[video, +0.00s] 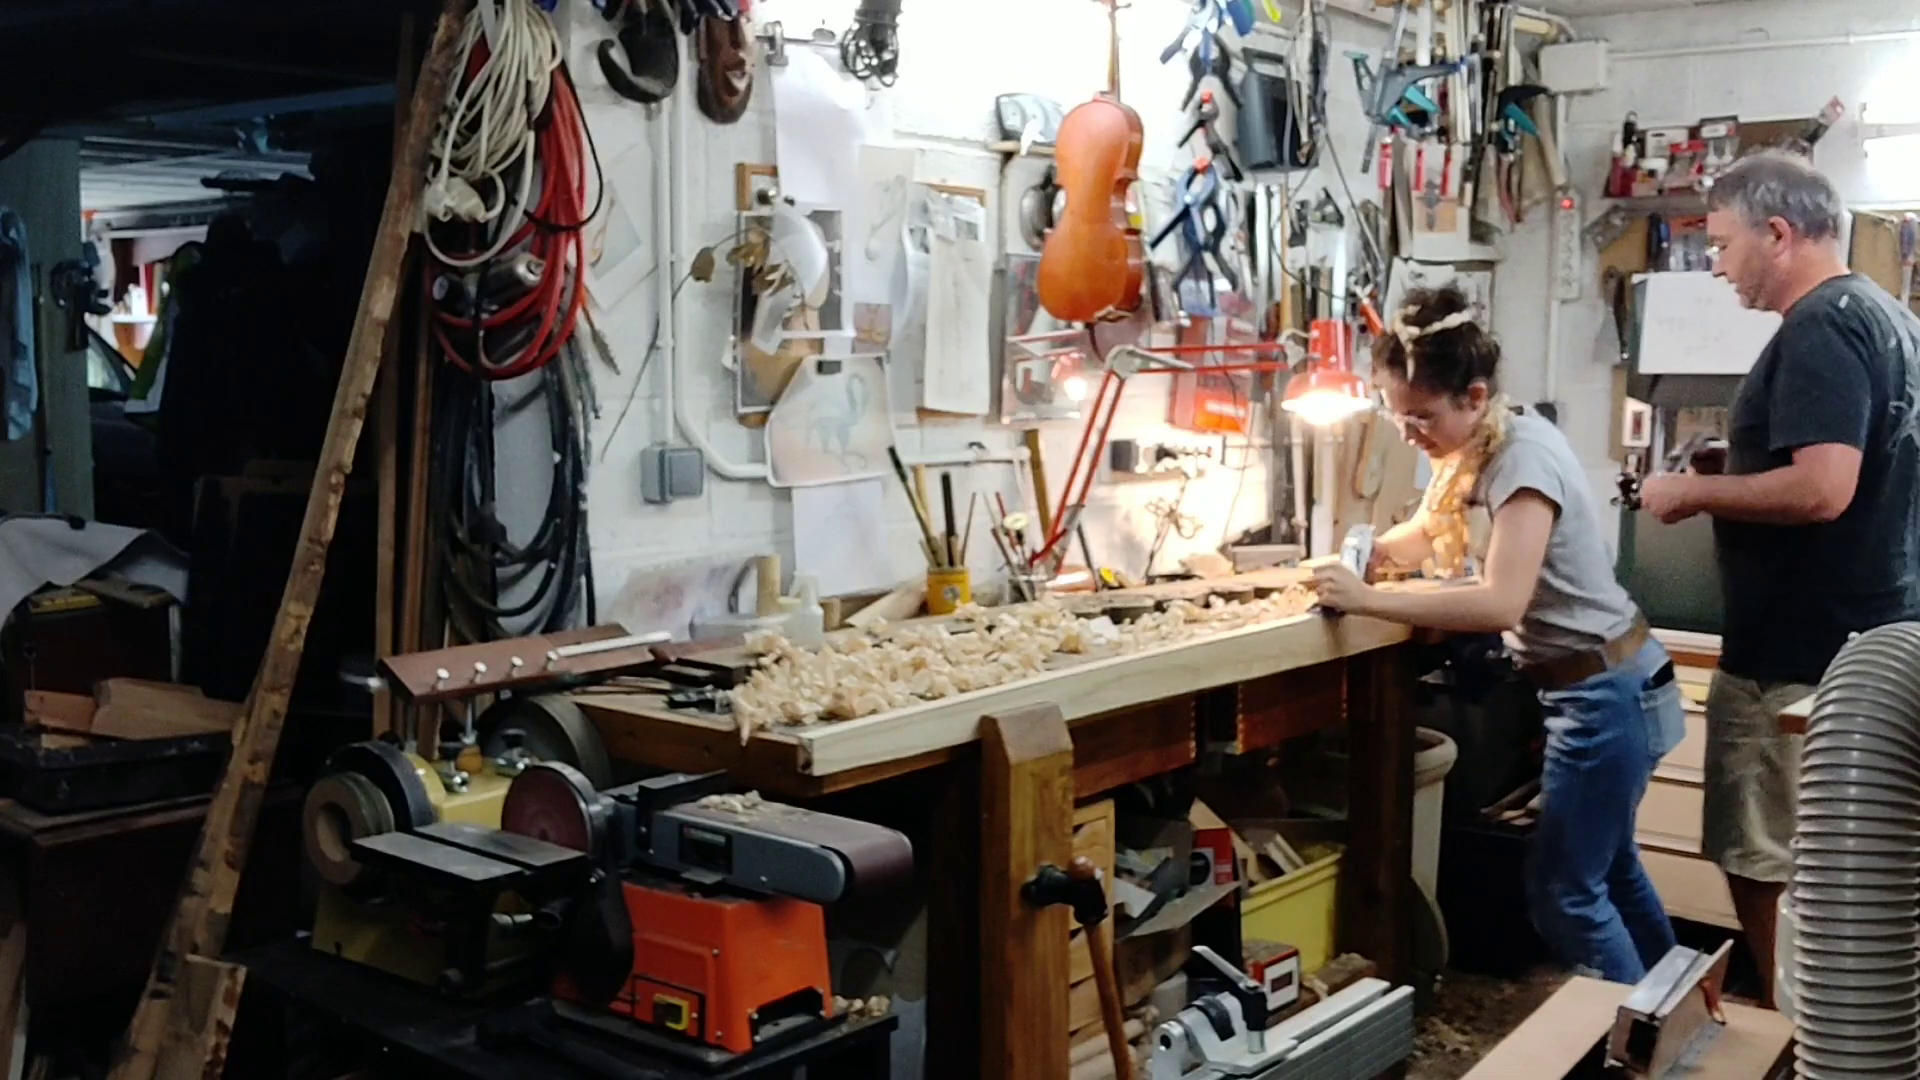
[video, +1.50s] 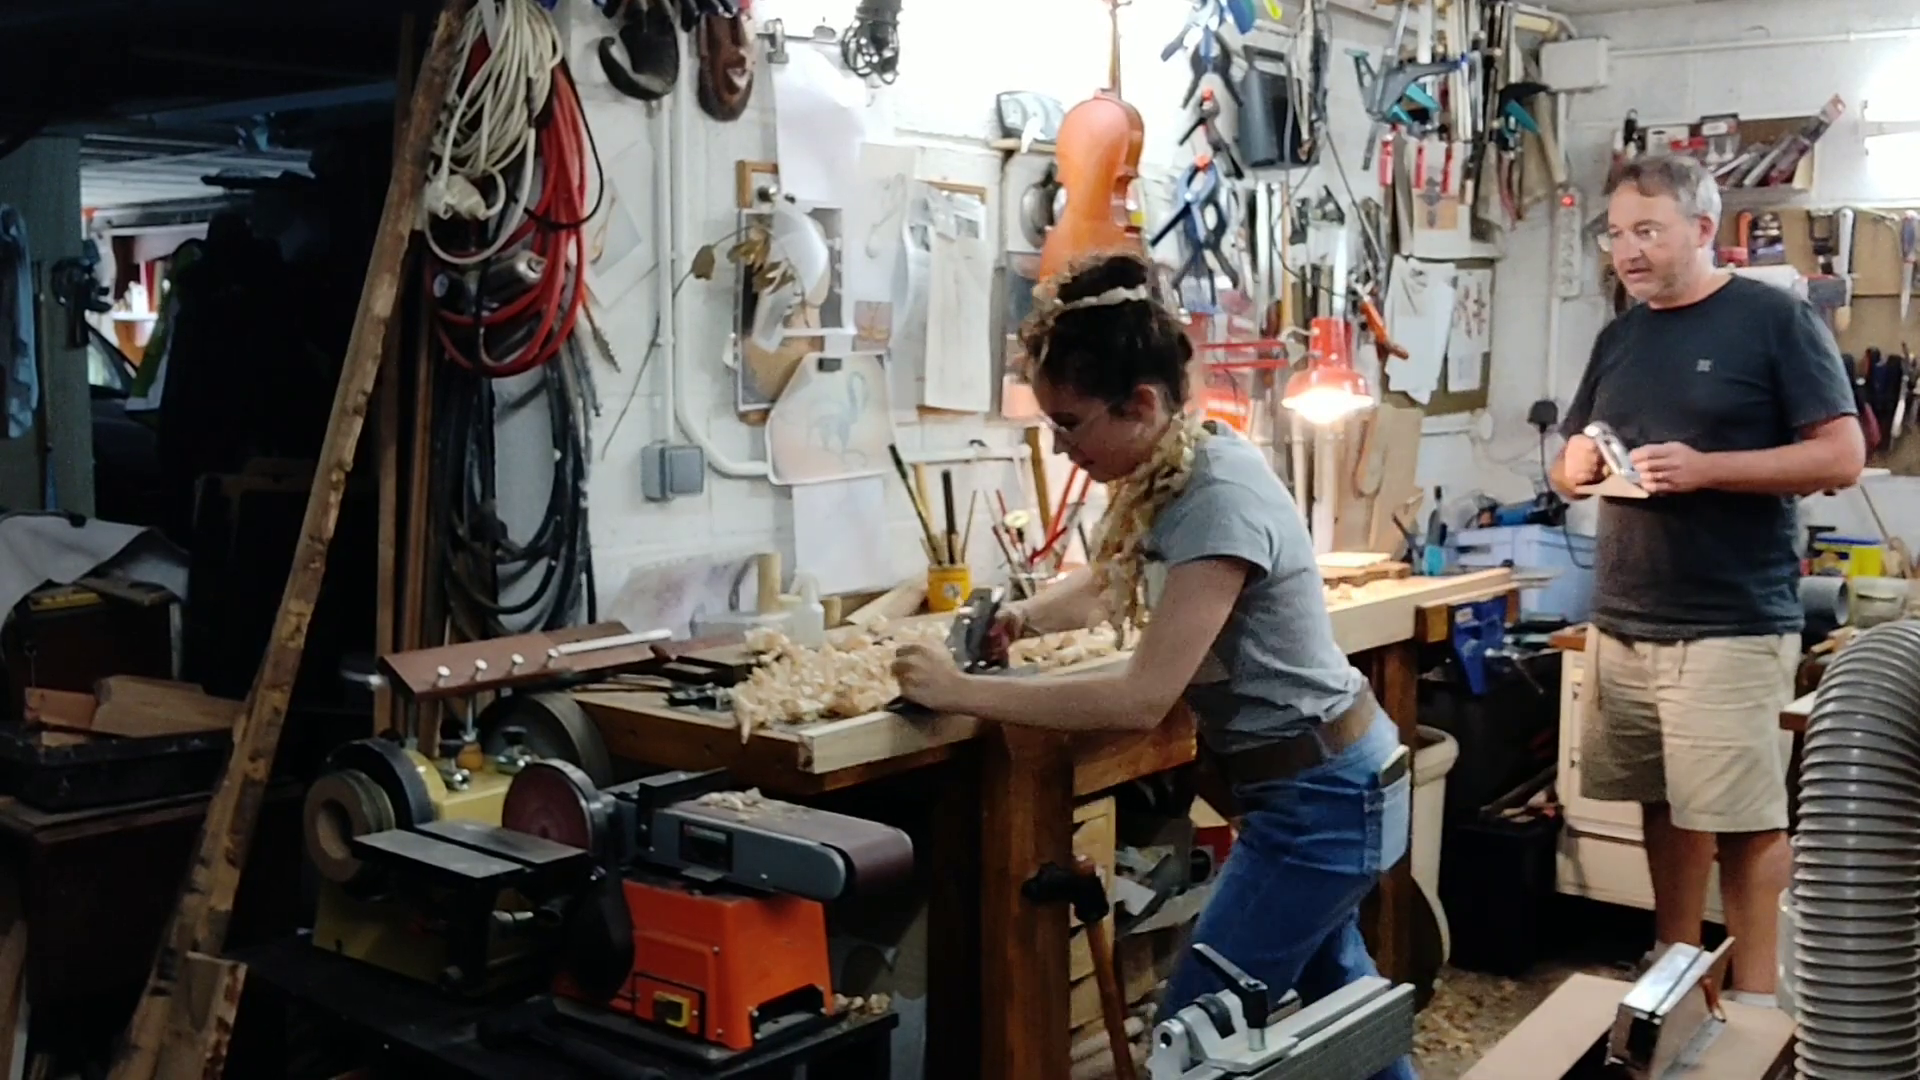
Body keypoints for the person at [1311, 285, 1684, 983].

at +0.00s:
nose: (1406, 431)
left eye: (1421, 415)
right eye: (1397, 414)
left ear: (1476, 395)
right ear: (1387, 392)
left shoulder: (1526, 456)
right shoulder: (1470, 450)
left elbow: (1500, 602)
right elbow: (1430, 538)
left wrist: (1370, 598)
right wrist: (1367, 557)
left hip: (1605, 692)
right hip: (1584, 685)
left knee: (1564, 891)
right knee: (1614, 868)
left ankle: (1642, 1026)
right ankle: (1676, 1002)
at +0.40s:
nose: (1379, 437)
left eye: (1393, 421)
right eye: (1370, 417)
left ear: (1452, 404)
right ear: (1364, 395)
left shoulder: (1502, 472)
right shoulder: (1440, 465)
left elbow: (1447, 620)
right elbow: (1383, 543)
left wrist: (1307, 611)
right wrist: (1317, 559)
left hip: (1569, 725)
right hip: (1511, 719)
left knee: (1550, 919)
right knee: (1503, 904)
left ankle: (1634, 1037)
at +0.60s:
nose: (1349, 437)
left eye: (1363, 420)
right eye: (1344, 418)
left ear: (1424, 404)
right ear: (1346, 395)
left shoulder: (1476, 476)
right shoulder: (1403, 469)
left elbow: (1420, 630)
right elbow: (1341, 551)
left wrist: (1273, 619)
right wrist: (1260, 570)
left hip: (1549, 728)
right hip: (1477, 721)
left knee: (1562, 917)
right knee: (1434, 891)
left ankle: (1635, 1034)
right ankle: (1484, 1029)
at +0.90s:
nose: (1249, 442)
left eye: (1264, 426)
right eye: (1241, 423)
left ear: (1330, 405)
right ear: (1239, 399)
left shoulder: (1391, 483)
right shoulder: (1309, 476)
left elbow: (1337, 648)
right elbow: (1254, 569)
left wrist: (1187, 642)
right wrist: (1178, 581)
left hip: (1468, 746)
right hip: (1386, 741)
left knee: (1466, 954)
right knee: (1376, 956)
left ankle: (1599, 1039)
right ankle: (1424, 1076)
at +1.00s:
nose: (1217, 449)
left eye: (1231, 430)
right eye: (1208, 429)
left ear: (1295, 407)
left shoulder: (1360, 481)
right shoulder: (1283, 483)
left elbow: (1314, 652)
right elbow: (1221, 572)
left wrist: (1162, 652)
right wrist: (1144, 597)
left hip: (1439, 752)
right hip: (1362, 745)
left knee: (1395, 971)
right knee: (1353, 962)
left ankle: (1523, 1061)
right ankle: (1452, 1062)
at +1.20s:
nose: (1158, 457)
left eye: (1172, 438)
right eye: (1150, 437)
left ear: (1242, 416)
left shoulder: (1304, 497)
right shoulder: (1242, 492)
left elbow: (1249, 677)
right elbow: (1176, 578)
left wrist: (1084, 661)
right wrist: (1099, 598)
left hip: (1376, 777)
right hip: (1318, 774)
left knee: (1278, 977)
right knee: (1375, 979)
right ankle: (1444, 1074)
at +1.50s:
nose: (1059, 445)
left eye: (1068, 423)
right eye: (1052, 424)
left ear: (1144, 402)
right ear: (1139, 406)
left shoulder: (1219, 494)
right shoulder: (1165, 480)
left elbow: (1142, 696)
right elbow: (1102, 584)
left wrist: (964, 689)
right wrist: (1010, 620)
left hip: (1325, 795)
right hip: (1294, 787)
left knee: (1194, 1026)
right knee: (1348, 1013)